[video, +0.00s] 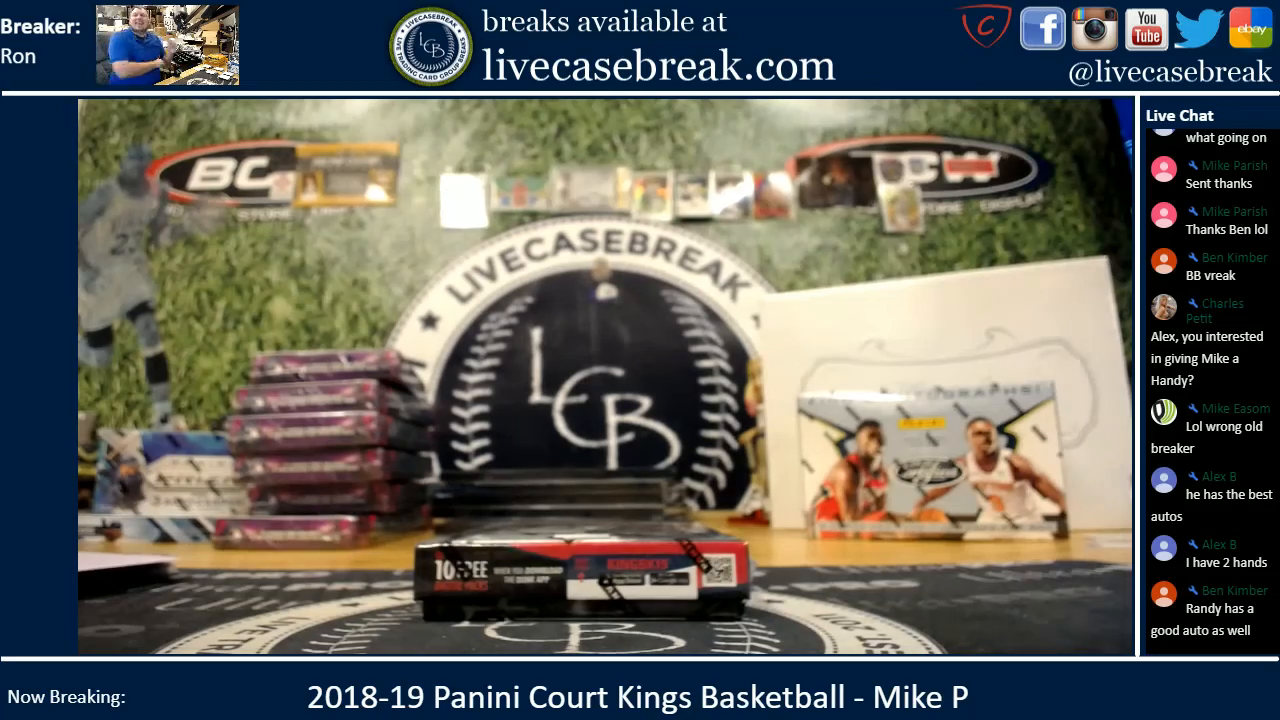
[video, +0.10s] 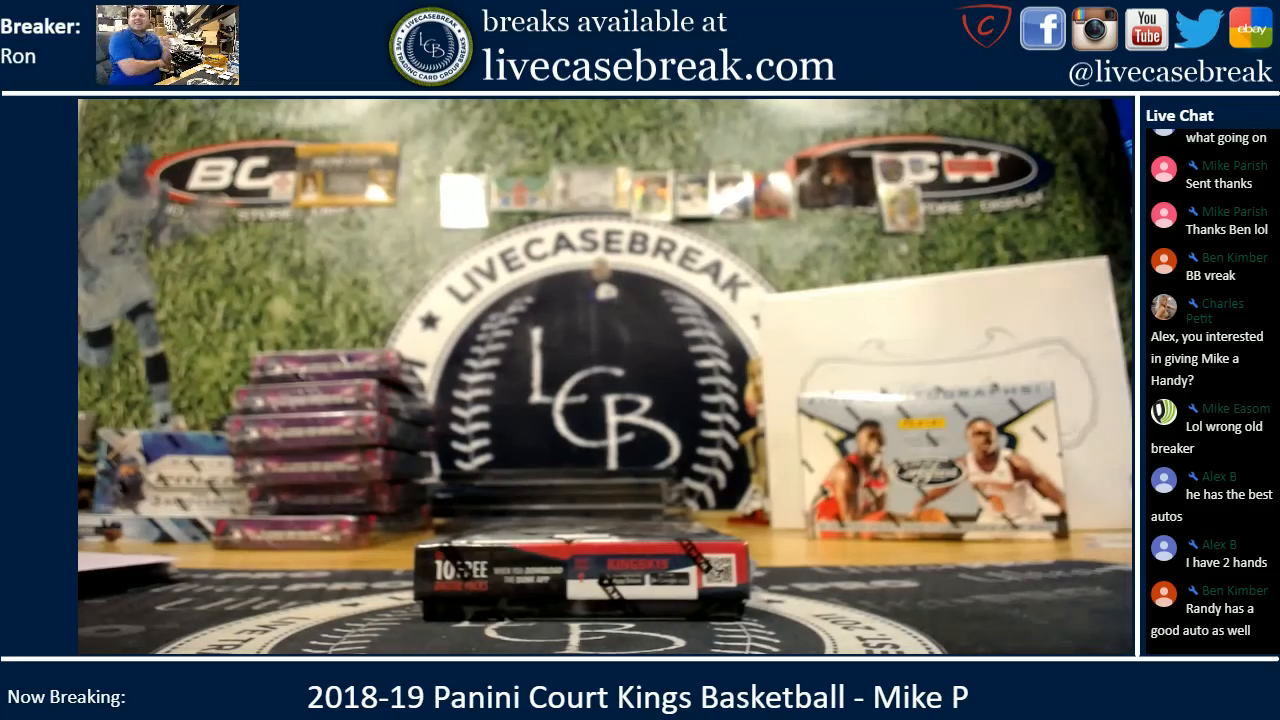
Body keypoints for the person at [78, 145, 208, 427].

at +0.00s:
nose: (133, 176)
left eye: (139, 171)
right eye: (129, 170)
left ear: (147, 170)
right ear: (121, 168)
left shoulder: (155, 197)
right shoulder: (105, 195)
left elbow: (159, 235)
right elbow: (76, 233)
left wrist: (190, 226)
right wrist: (85, 268)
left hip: (133, 270)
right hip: (95, 275)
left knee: (149, 331)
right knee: (100, 356)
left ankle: (162, 411)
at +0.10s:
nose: (135, 175)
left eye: (141, 170)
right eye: (131, 169)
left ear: (149, 171)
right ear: (122, 167)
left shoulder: (157, 195)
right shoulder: (105, 195)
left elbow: (157, 234)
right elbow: (76, 232)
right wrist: (85, 267)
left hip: (133, 270)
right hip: (95, 274)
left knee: (149, 332)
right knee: (100, 356)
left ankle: (162, 412)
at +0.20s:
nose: (135, 175)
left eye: (141, 170)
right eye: (130, 169)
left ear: (149, 171)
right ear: (122, 168)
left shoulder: (156, 196)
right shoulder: (106, 195)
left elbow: (157, 236)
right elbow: (76, 231)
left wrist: (184, 228)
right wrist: (85, 267)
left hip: (133, 272)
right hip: (95, 275)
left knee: (149, 331)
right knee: (100, 357)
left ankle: (162, 411)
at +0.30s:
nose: (135, 176)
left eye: (141, 171)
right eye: (130, 170)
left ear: (149, 171)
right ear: (122, 168)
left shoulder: (157, 195)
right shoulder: (106, 194)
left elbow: (157, 236)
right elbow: (75, 232)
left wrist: (184, 228)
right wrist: (85, 267)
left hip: (133, 270)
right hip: (95, 274)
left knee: (149, 330)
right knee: (100, 357)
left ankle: (162, 411)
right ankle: (74, 346)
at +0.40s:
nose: (135, 175)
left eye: (141, 170)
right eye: (131, 169)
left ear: (149, 171)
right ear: (122, 167)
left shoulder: (156, 196)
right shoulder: (105, 195)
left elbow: (157, 236)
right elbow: (76, 232)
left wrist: (185, 228)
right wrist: (85, 267)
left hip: (133, 271)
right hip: (96, 275)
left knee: (149, 331)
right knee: (100, 357)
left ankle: (162, 411)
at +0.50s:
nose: (134, 177)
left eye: (140, 172)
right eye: (130, 171)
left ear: (149, 171)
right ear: (121, 169)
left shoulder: (157, 195)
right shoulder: (106, 194)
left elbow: (158, 236)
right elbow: (75, 231)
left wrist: (185, 227)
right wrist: (85, 267)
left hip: (133, 271)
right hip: (95, 275)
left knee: (149, 331)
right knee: (101, 357)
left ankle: (162, 412)